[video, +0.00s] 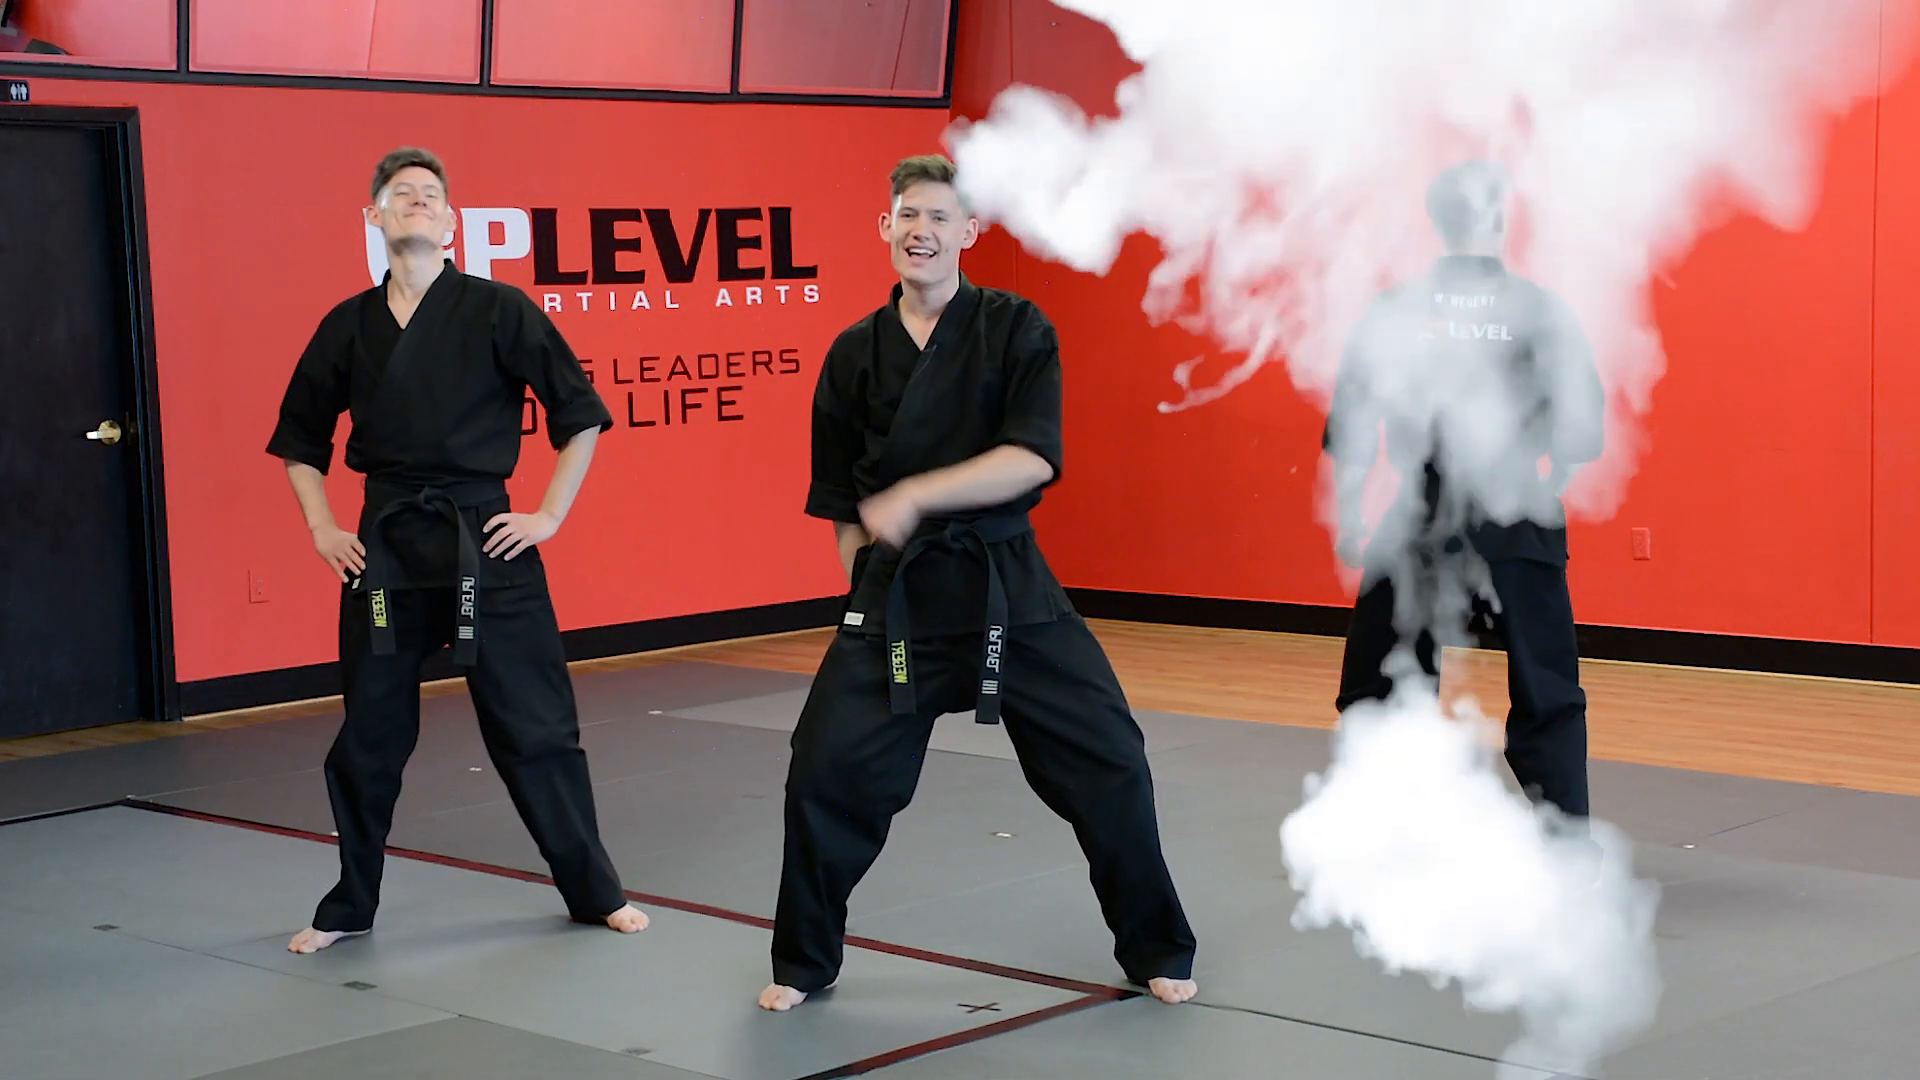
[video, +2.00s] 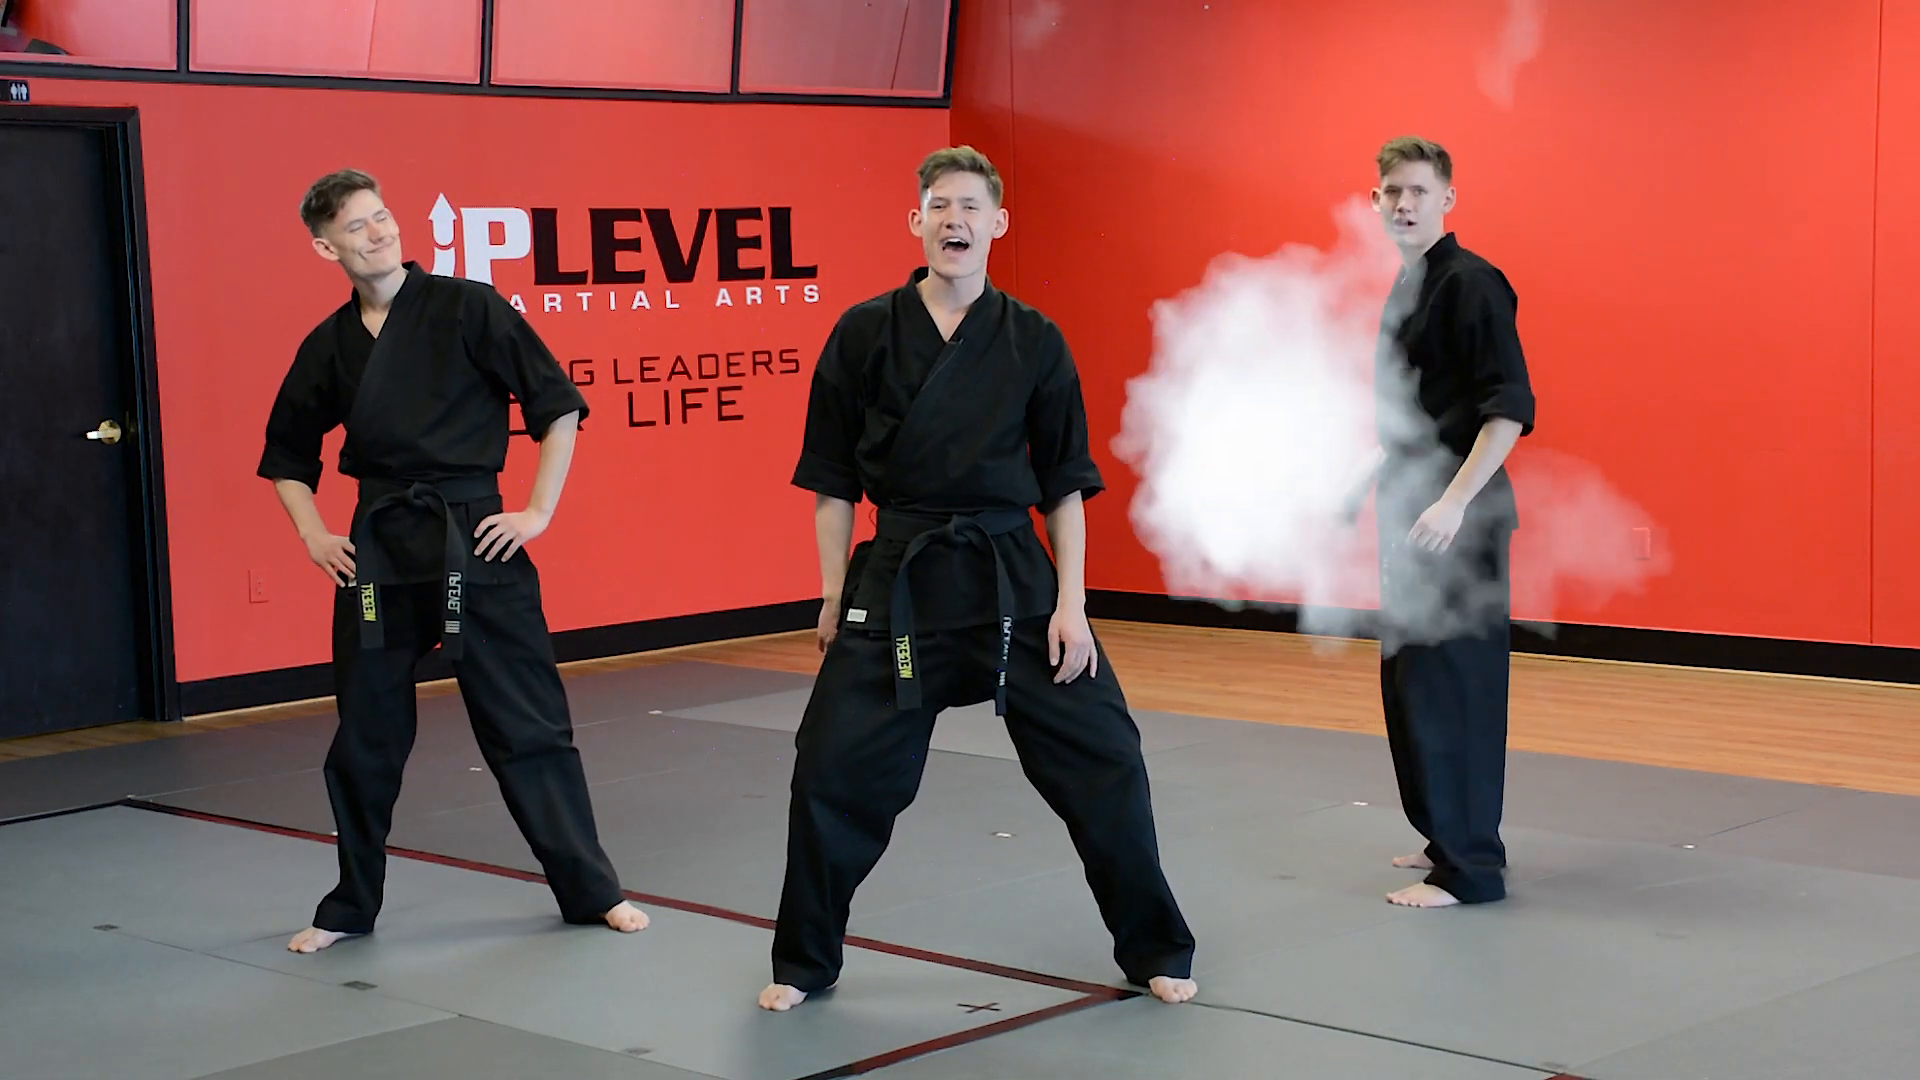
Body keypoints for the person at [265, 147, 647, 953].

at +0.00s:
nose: (418, 201)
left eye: (430, 194)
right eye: (402, 193)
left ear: (451, 220)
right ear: (374, 217)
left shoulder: (501, 310)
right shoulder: (348, 326)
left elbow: (583, 416)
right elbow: (297, 437)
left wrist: (547, 517)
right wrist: (322, 527)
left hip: (490, 543)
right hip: (388, 549)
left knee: (536, 728)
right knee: (367, 740)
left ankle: (595, 892)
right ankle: (350, 905)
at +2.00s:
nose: (377, 231)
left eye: (381, 216)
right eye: (356, 226)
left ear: (399, 225)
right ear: (328, 250)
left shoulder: (470, 306)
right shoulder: (329, 346)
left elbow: (560, 405)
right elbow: (286, 452)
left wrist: (538, 512)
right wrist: (313, 533)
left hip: (477, 538)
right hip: (380, 545)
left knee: (529, 725)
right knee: (364, 740)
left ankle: (592, 892)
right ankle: (352, 905)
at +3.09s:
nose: (406, 247)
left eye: (423, 235)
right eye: (398, 232)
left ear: (462, 236)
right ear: (389, 229)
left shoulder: (512, 319)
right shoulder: (356, 324)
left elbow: (596, 423)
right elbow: (240, 372)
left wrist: (554, 515)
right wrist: (286, 300)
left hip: (491, 538)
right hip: (391, 541)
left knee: (538, 726)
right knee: (373, 737)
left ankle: (592, 891)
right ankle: (352, 908)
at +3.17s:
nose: (418, 241)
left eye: (435, 229)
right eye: (409, 227)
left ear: (471, 231)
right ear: (397, 228)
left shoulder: (516, 319)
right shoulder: (359, 322)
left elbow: (601, 424)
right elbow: (244, 370)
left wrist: (555, 514)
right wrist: (290, 309)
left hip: (494, 538)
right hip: (394, 540)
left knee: (540, 725)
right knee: (375, 736)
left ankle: (593, 891)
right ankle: (352, 906)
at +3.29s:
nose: (427, 234)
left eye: (443, 222)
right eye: (417, 221)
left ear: (479, 228)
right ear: (405, 226)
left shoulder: (520, 320)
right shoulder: (367, 314)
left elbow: (607, 425)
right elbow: (250, 360)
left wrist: (549, 505)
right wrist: (308, 335)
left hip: (499, 538)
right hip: (399, 540)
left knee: (541, 725)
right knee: (379, 735)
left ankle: (593, 891)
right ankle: (353, 905)